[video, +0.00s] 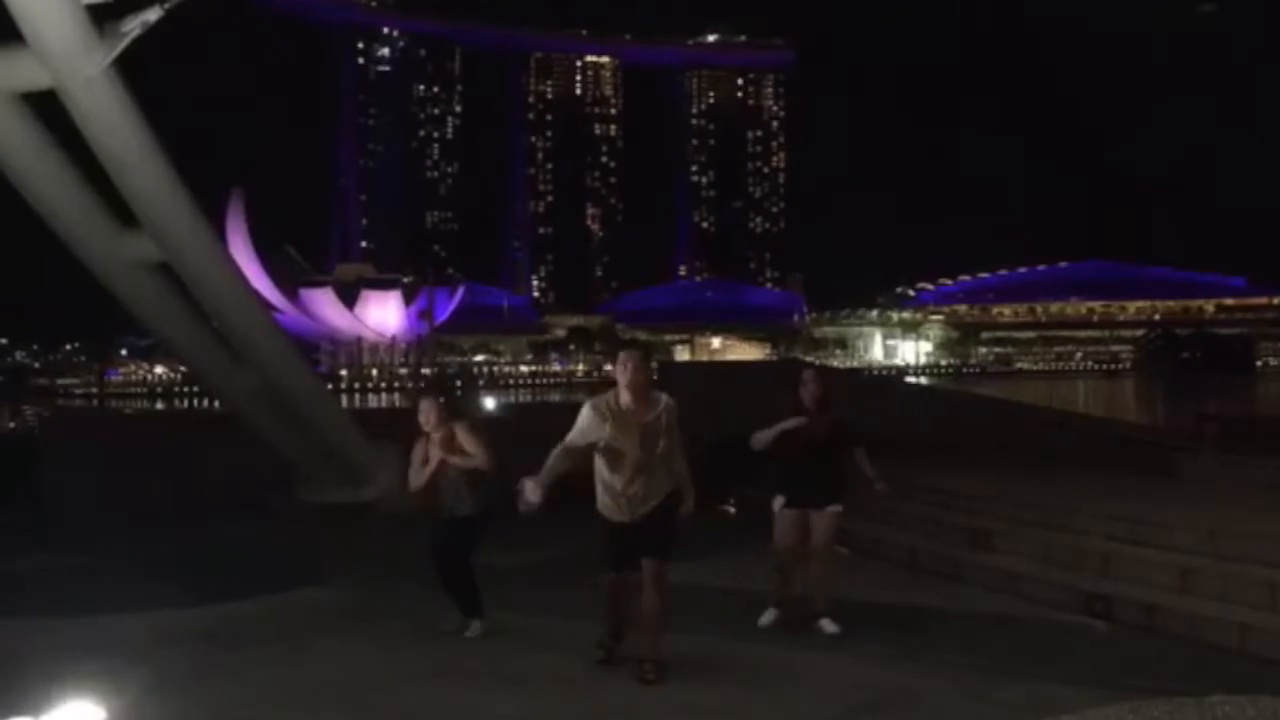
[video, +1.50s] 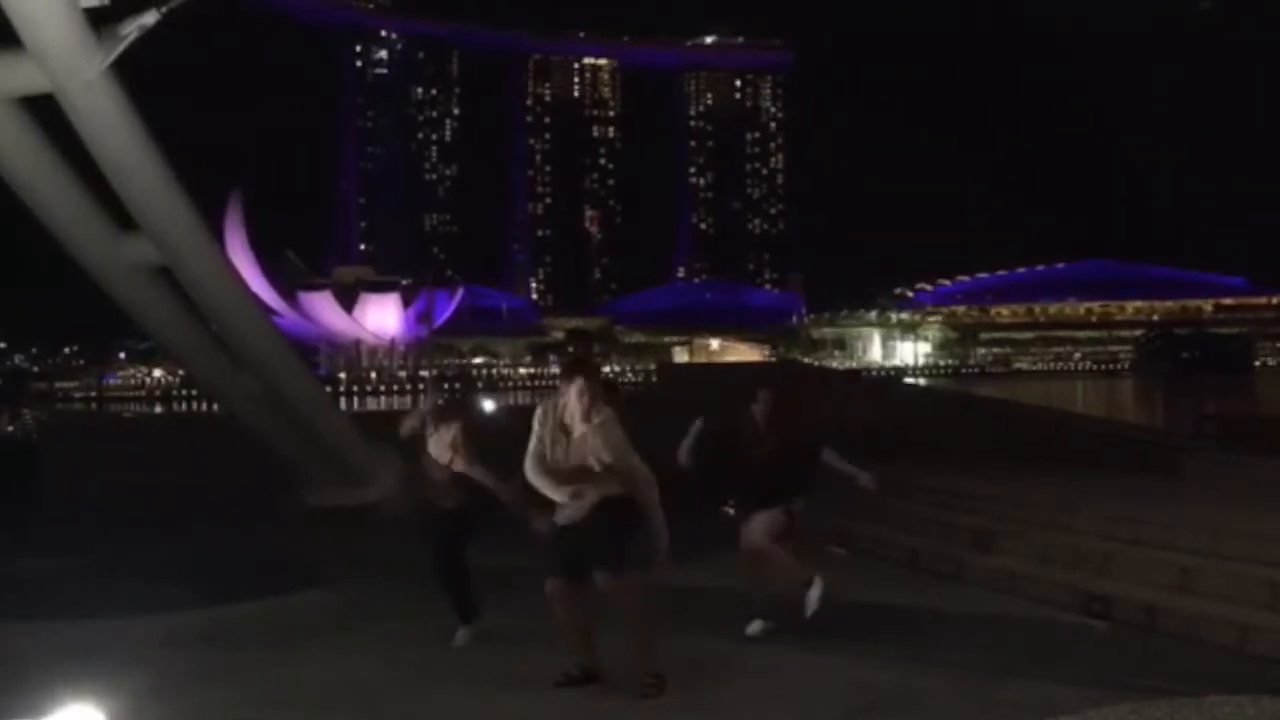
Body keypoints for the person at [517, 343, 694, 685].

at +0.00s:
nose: (629, 371)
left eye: (636, 365)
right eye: (623, 365)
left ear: (648, 372)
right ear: (614, 371)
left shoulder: (664, 407)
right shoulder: (598, 411)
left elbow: (676, 454)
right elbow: (568, 449)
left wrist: (686, 492)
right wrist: (541, 482)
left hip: (657, 504)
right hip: (615, 508)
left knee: (654, 575)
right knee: (614, 578)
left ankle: (651, 654)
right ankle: (611, 640)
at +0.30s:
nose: (646, 378)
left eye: (652, 371)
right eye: (640, 371)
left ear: (661, 375)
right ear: (627, 374)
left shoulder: (673, 410)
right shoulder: (612, 407)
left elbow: (676, 467)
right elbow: (592, 455)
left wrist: (673, 518)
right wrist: (581, 501)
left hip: (654, 504)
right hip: (611, 503)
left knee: (660, 579)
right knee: (597, 567)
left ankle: (655, 658)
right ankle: (581, 648)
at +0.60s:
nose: (628, 391)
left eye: (635, 383)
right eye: (621, 384)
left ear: (648, 386)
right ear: (611, 389)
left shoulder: (666, 406)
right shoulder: (608, 429)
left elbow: (674, 453)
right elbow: (593, 479)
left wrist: (639, 481)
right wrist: (566, 527)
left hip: (669, 513)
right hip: (624, 514)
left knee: (678, 587)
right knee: (599, 583)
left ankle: (654, 662)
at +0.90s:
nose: (603, 401)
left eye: (609, 394)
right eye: (596, 395)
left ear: (622, 394)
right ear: (588, 400)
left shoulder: (638, 413)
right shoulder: (594, 444)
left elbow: (621, 469)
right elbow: (584, 496)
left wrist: (578, 505)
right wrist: (553, 538)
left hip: (671, 512)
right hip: (632, 511)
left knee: (675, 593)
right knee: (587, 521)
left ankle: (654, 658)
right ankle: (595, 601)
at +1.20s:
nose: (570, 403)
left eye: (577, 396)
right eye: (565, 397)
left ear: (592, 394)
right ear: (559, 398)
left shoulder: (607, 419)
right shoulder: (564, 430)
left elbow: (621, 479)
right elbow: (562, 482)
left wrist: (628, 538)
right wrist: (545, 528)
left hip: (646, 498)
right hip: (605, 503)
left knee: (641, 576)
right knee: (589, 576)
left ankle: (675, 652)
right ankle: (591, 662)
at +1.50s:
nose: (585, 400)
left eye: (590, 392)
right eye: (579, 392)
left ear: (599, 393)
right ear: (564, 390)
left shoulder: (605, 418)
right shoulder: (547, 413)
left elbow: (625, 465)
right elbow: (532, 466)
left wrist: (593, 419)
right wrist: (561, 495)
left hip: (614, 504)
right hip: (571, 511)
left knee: (620, 582)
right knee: (560, 586)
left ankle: (646, 669)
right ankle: (584, 664)